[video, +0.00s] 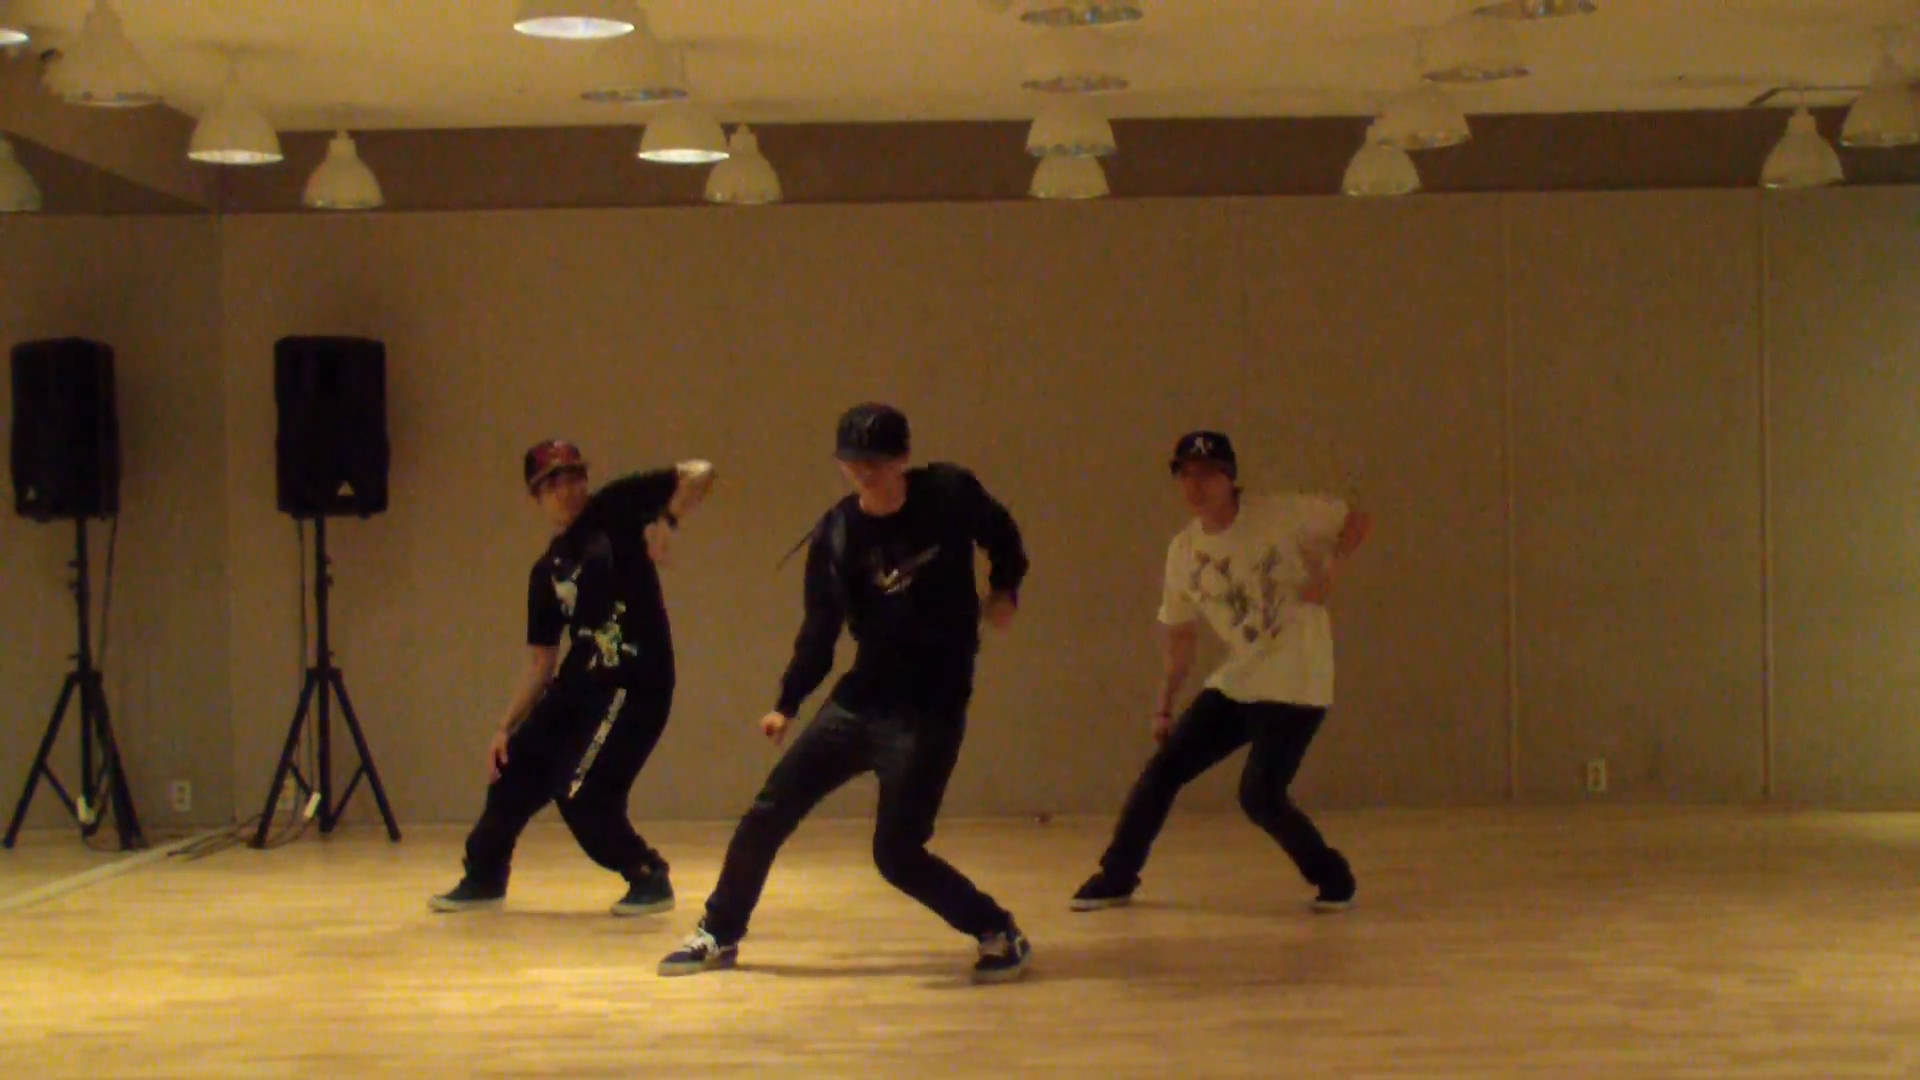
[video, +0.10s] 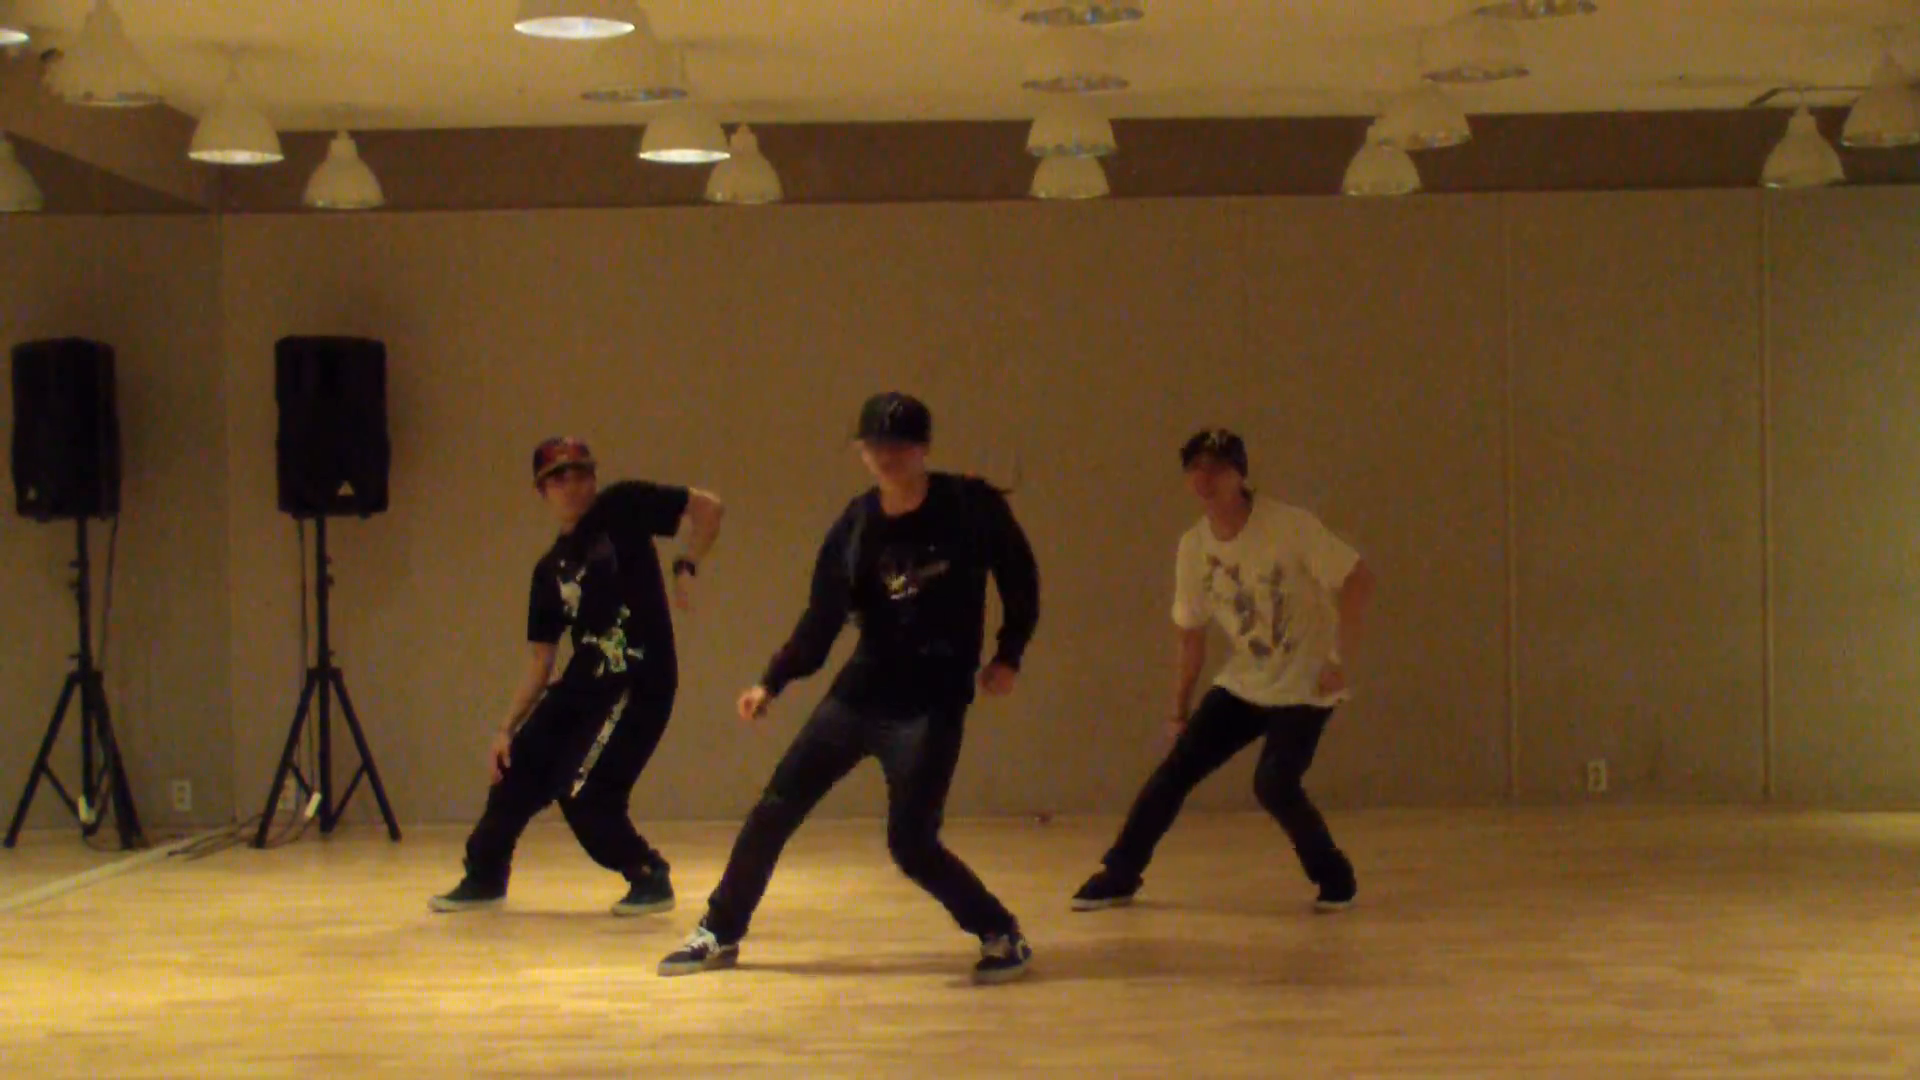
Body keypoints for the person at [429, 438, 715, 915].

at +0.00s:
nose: (567, 488)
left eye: (574, 476)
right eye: (554, 481)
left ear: (587, 480)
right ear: (537, 496)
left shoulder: (619, 505)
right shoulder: (547, 571)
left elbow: (700, 473)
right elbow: (541, 662)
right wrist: (505, 728)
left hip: (638, 680)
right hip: (581, 683)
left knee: (584, 792)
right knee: (520, 767)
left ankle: (648, 877)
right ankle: (484, 876)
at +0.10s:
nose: (573, 482)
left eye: (581, 471)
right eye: (559, 476)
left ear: (595, 477)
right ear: (542, 491)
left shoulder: (624, 505)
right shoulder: (551, 568)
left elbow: (708, 507)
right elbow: (541, 661)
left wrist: (687, 563)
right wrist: (507, 730)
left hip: (642, 678)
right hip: (585, 682)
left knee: (587, 794)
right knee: (521, 766)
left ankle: (648, 875)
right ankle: (485, 876)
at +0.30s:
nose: (591, 437)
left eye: (603, 426)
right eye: (582, 428)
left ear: (627, 434)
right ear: (574, 440)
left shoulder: (655, 490)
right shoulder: (565, 499)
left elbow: (696, 563)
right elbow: (490, 498)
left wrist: (709, 644)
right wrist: (412, 507)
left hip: (652, 646)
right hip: (601, 645)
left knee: (614, 766)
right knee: (546, 750)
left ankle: (651, 876)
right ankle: (572, 866)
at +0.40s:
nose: (593, 424)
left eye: (606, 415)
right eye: (588, 416)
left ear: (635, 430)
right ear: (581, 428)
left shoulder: (656, 490)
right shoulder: (572, 479)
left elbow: (695, 568)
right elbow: (527, 418)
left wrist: (704, 646)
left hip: (651, 650)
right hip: (599, 651)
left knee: (633, 766)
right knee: (575, 762)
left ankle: (650, 875)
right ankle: (639, 867)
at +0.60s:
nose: (610, 422)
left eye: (623, 413)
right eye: (607, 413)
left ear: (656, 427)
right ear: (608, 425)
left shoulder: (675, 491)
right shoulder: (598, 471)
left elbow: (700, 570)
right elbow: (541, 436)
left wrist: (705, 641)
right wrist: (533, 361)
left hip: (645, 646)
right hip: (598, 645)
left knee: (632, 765)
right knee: (588, 768)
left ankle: (655, 872)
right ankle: (643, 868)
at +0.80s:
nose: (630, 429)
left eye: (642, 420)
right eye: (627, 420)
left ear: (674, 428)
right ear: (626, 429)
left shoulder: (695, 495)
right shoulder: (613, 491)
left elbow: (707, 568)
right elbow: (578, 558)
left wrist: (714, 622)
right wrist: (577, 492)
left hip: (639, 635)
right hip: (590, 632)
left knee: (620, 760)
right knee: (585, 762)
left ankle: (653, 873)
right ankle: (639, 869)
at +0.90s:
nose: (604, 436)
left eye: (613, 425)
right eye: (600, 427)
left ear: (646, 425)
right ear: (599, 433)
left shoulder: (684, 484)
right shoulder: (605, 493)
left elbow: (711, 555)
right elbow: (606, 574)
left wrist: (715, 614)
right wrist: (578, 574)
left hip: (668, 629)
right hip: (614, 624)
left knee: (642, 745)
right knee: (547, 696)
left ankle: (654, 871)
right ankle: (606, 786)